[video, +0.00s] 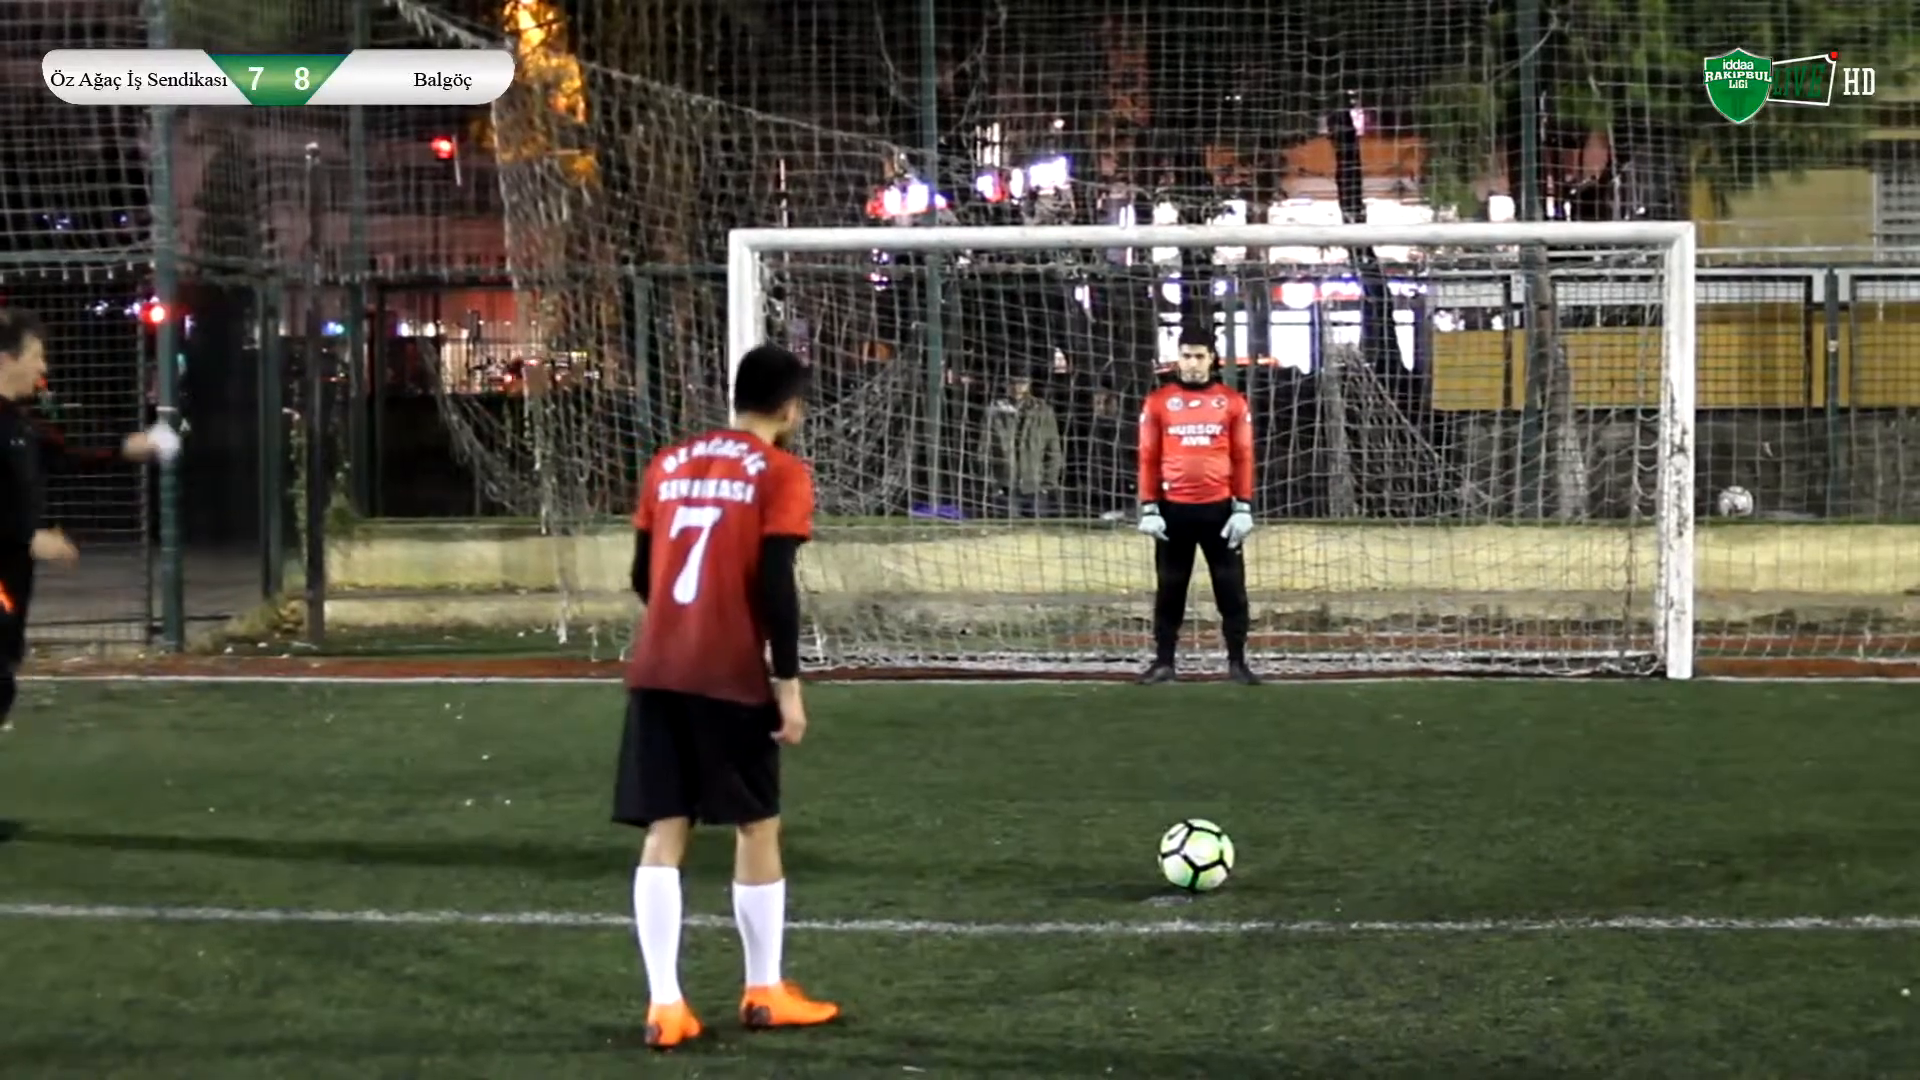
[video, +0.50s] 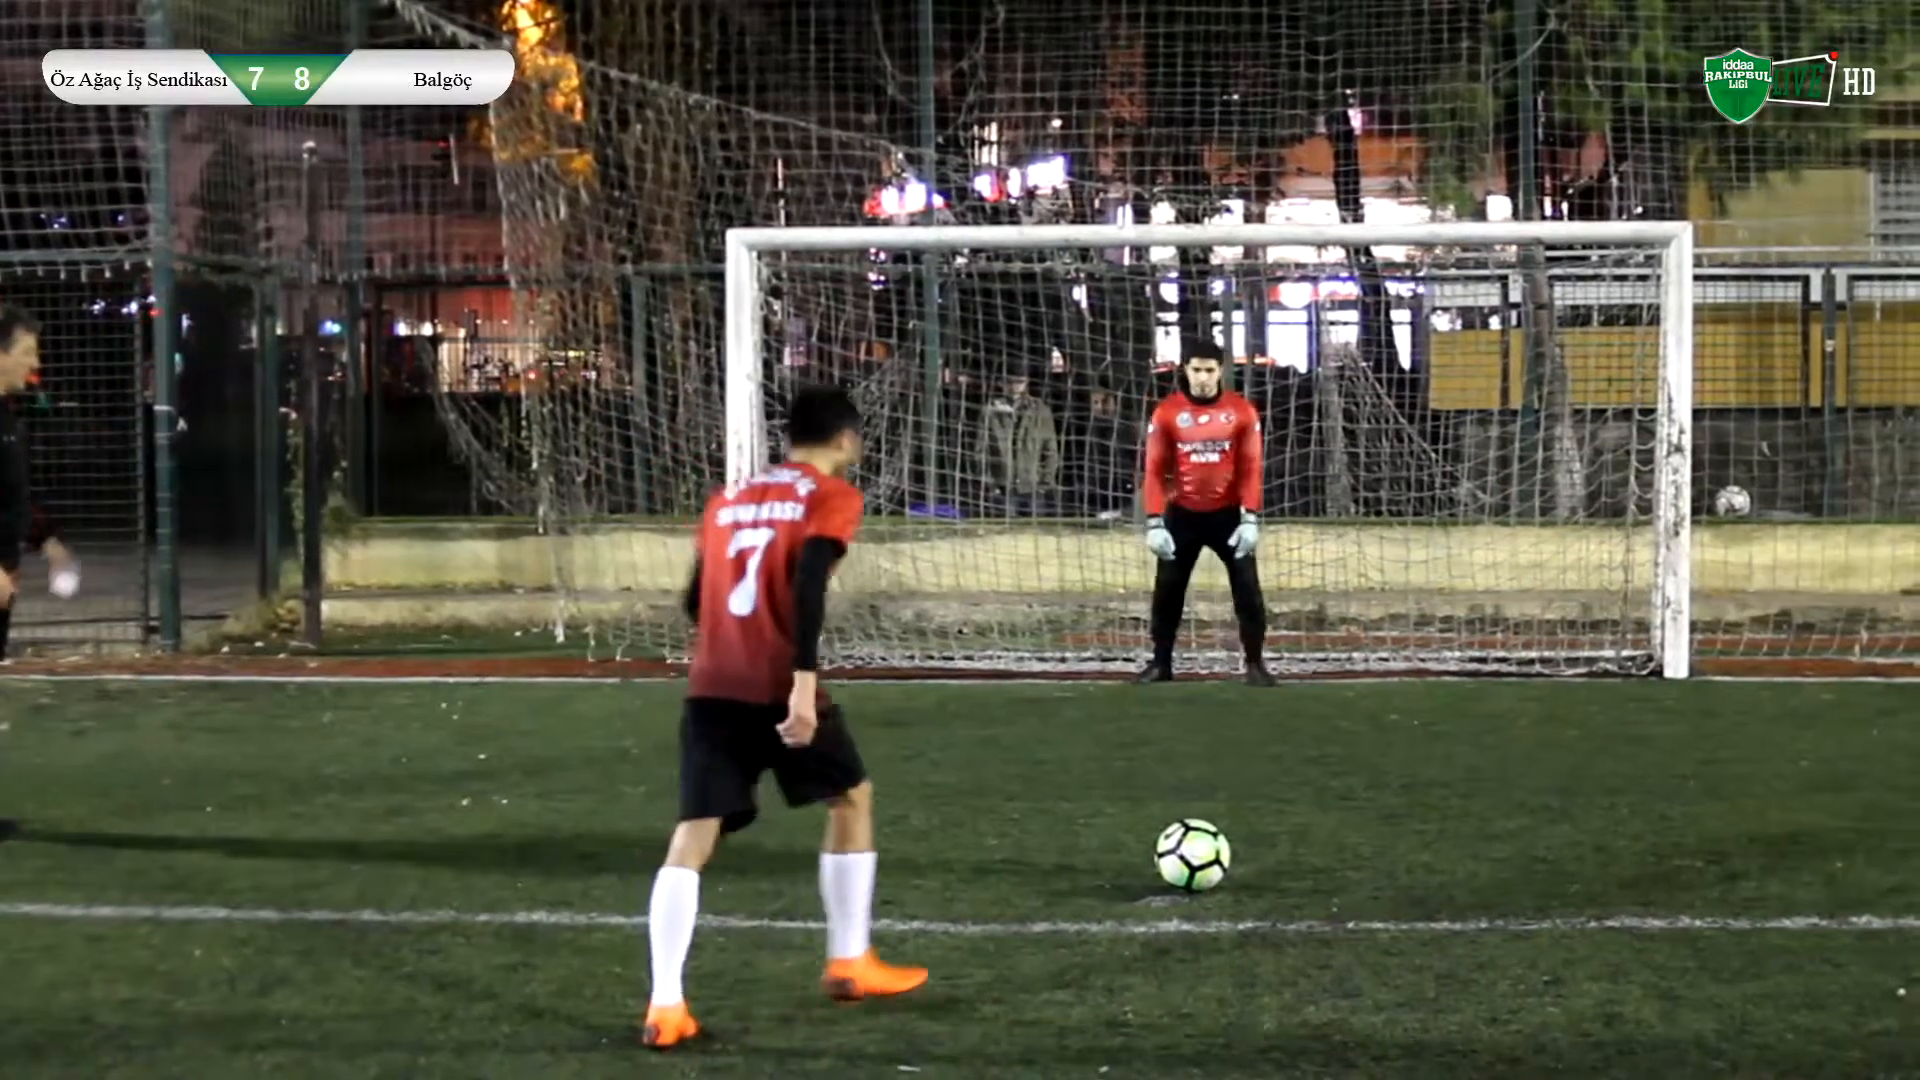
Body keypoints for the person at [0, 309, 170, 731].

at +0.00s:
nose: (43, 369)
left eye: (42, 357)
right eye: (36, 356)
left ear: (13, 360)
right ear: (8, 359)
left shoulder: (18, 419)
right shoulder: (5, 420)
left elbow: (64, 459)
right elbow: (3, 499)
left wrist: (130, 448)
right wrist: (29, 536)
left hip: (13, 576)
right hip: (3, 580)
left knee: (5, 684)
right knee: (3, 687)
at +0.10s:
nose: (42, 368)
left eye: (41, 355)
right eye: (35, 355)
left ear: (13, 359)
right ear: (7, 358)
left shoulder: (15, 416)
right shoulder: (1, 418)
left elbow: (57, 444)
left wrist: (123, 426)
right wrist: (22, 546)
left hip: (9, 588)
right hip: (1, 592)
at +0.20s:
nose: (40, 364)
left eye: (39, 353)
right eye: (33, 353)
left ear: (13, 357)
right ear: (5, 355)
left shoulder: (14, 413)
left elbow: (43, 448)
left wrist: (111, 435)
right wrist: (8, 559)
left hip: (3, 587)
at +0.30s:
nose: (35, 368)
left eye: (35, 356)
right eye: (30, 355)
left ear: (14, 356)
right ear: (5, 354)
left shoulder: (13, 413)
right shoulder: (4, 417)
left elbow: (34, 466)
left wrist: (99, 469)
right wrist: (4, 564)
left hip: (8, 574)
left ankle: (0, 818)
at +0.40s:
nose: (38, 362)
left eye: (38, 351)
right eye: (30, 350)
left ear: (17, 354)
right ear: (6, 353)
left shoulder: (14, 412)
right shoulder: (4, 415)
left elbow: (21, 491)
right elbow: (8, 493)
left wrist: (66, 518)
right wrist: (1, 566)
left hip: (9, 570)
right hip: (0, 572)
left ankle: (5, 816)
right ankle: (4, 816)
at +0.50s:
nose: (34, 364)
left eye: (35, 354)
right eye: (28, 353)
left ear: (19, 356)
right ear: (3, 354)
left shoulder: (13, 413)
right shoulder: (4, 414)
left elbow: (18, 491)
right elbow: (11, 492)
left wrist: (48, 541)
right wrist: (4, 567)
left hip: (7, 568)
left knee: (1, 681)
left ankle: (1, 813)